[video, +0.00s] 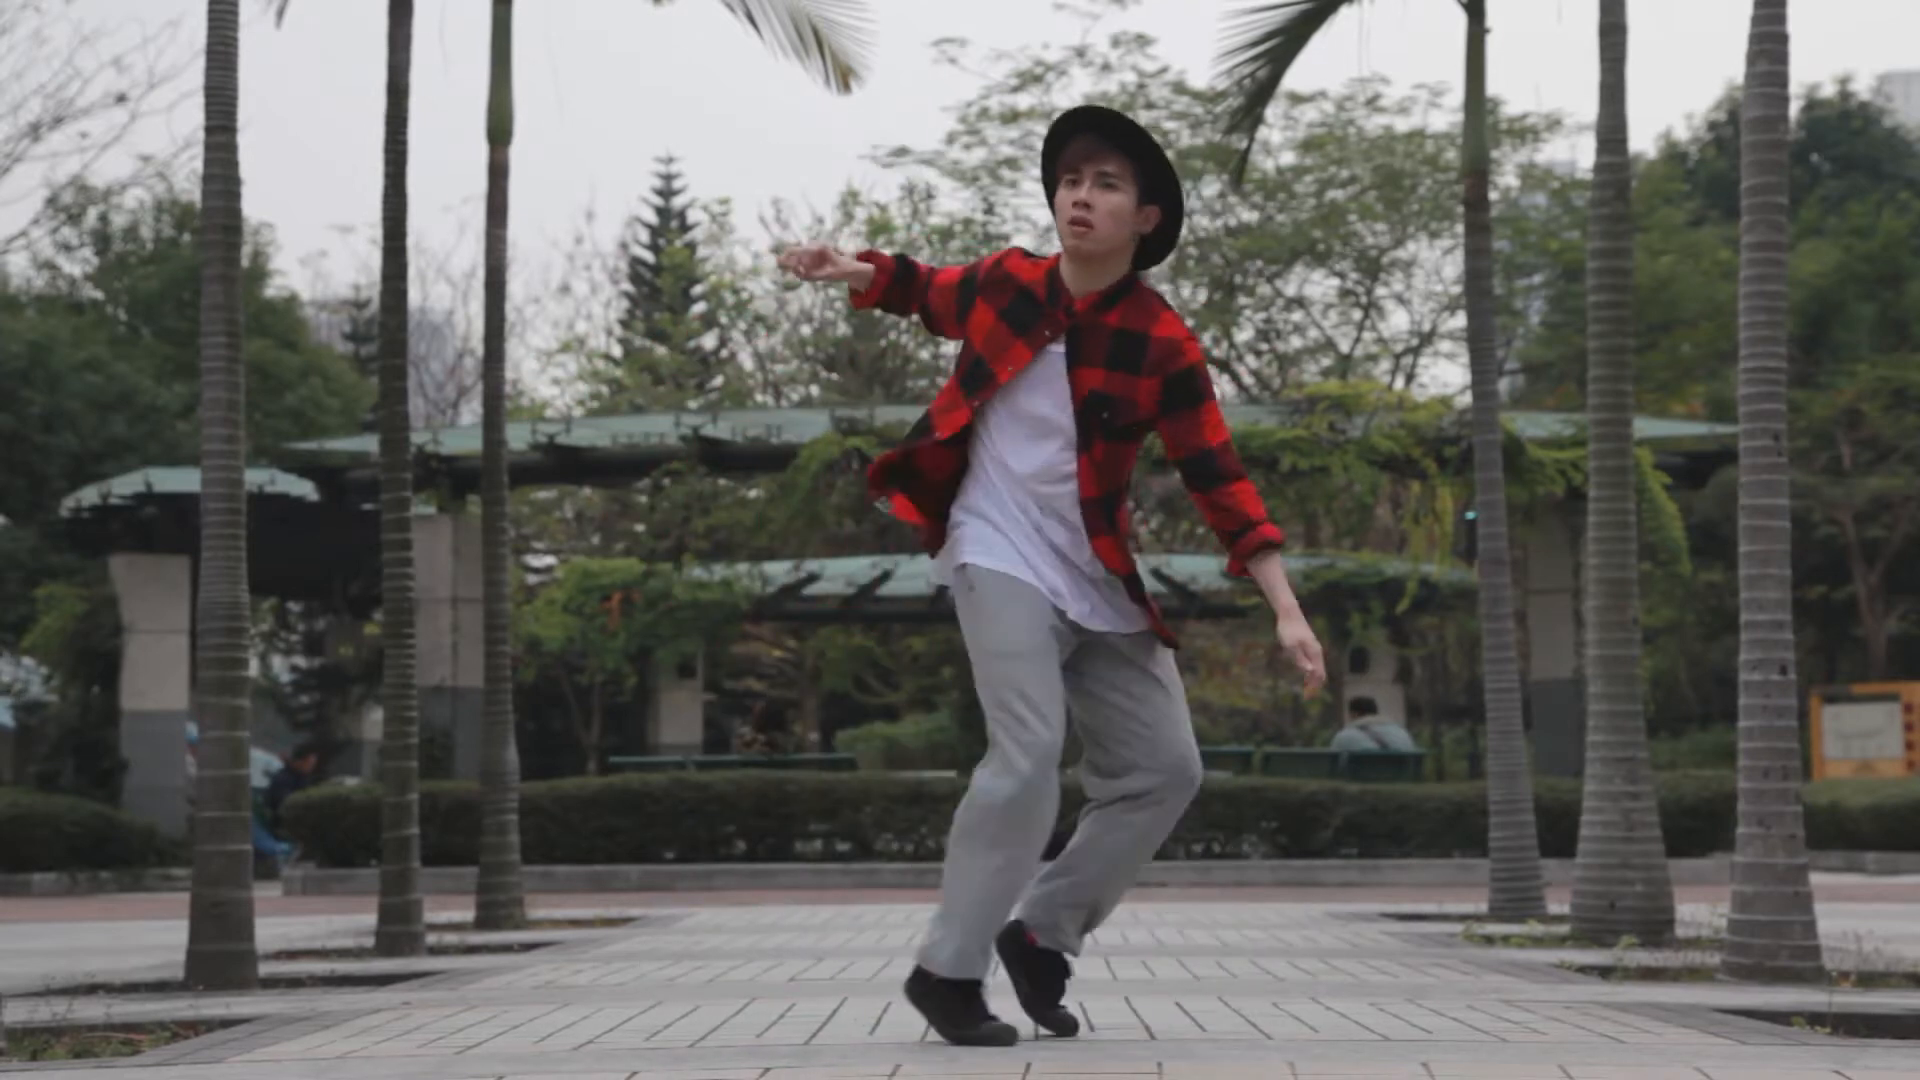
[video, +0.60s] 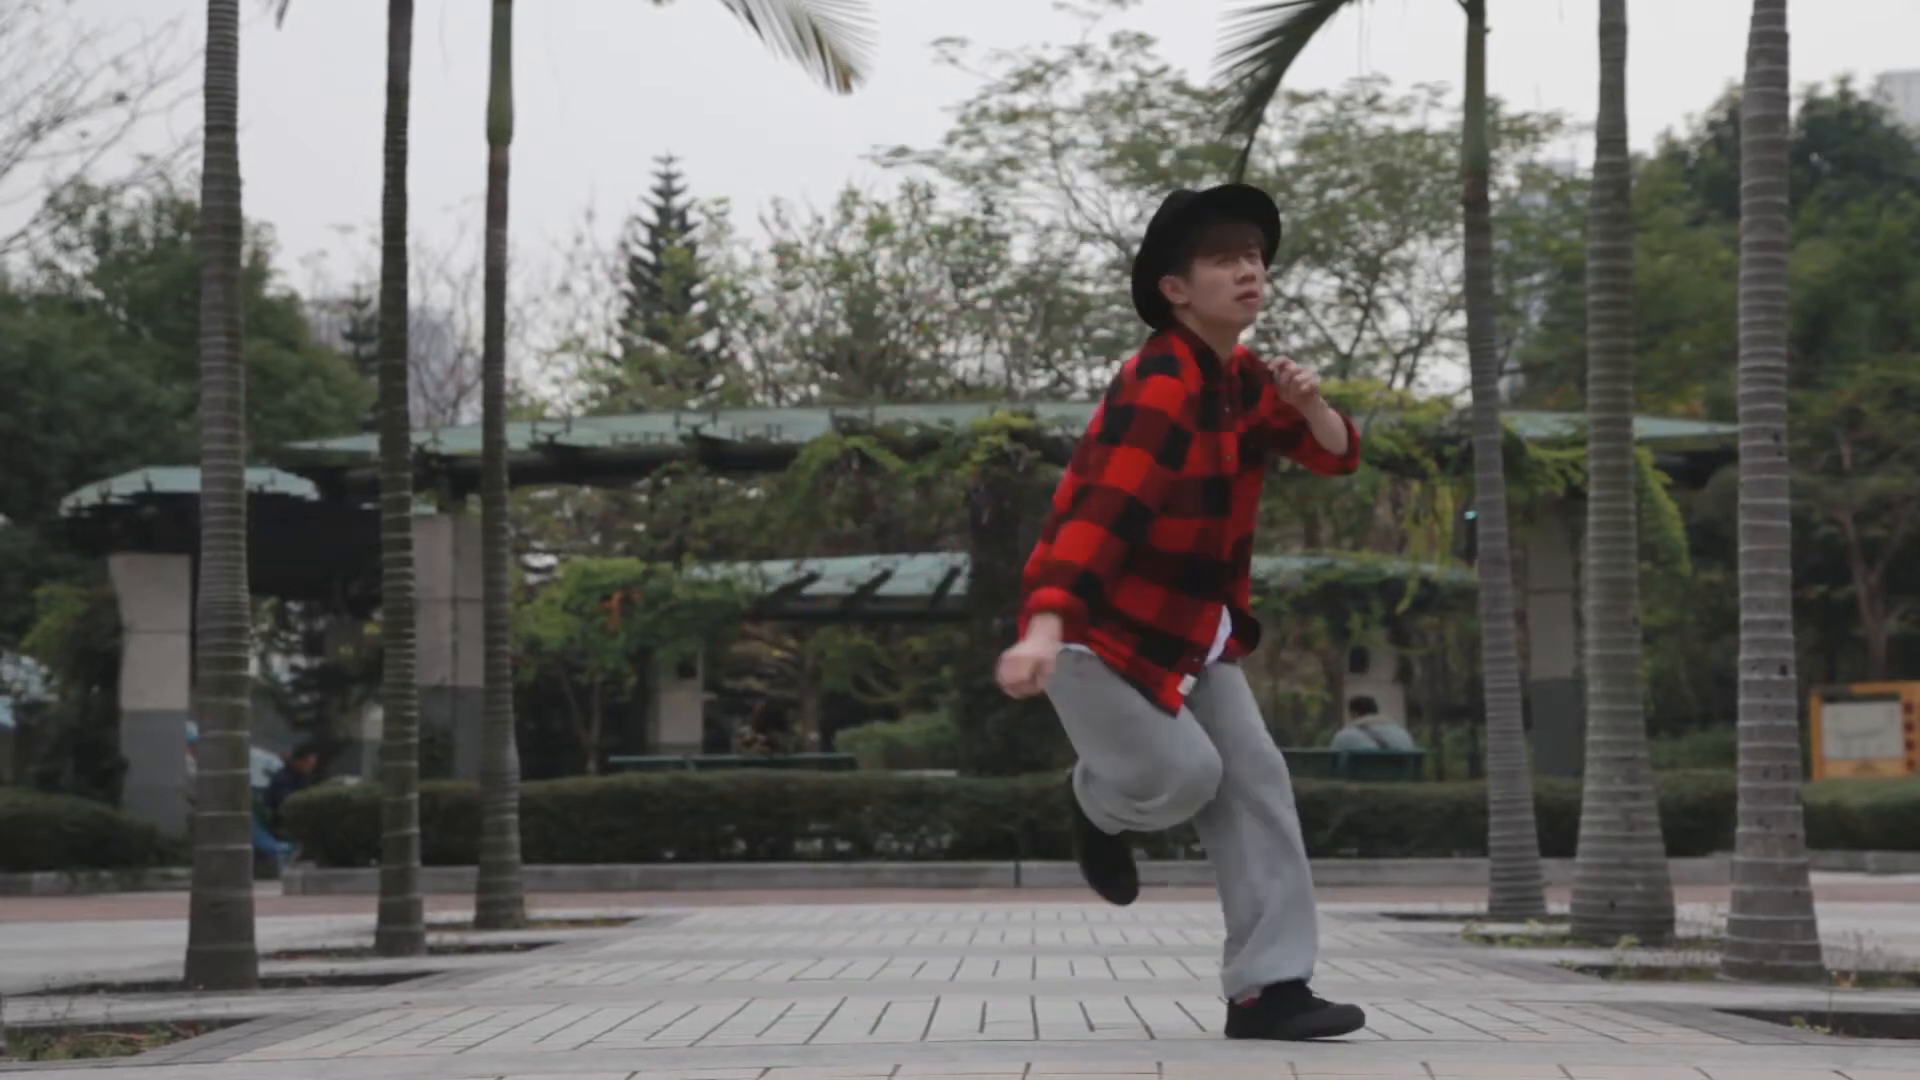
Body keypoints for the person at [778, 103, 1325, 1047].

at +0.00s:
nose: (1080, 197)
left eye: (1106, 185)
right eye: (1070, 182)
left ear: (1148, 219)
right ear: (1051, 202)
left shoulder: (1161, 337)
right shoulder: (1005, 281)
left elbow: (1216, 474)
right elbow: (925, 293)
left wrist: (1286, 607)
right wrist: (849, 268)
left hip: (1093, 564)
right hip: (993, 542)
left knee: (1164, 765)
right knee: (1030, 748)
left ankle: (1041, 935)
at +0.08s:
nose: (1057, 214)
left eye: (1081, 197)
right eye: (1044, 198)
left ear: (1129, 220)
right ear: (1032, 215)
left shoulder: (1170, 343)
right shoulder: (995, 307)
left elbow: (1230, 470)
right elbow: (906, 336)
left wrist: (1285, 597)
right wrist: (867, 309)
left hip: (1110, 587)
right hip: (1001, 572)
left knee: (1222, 755)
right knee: (956, 766)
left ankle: (1120, 916)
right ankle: (907, 985)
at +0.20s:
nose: (1100, 214)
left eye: (1118, 195)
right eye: (1077, 204)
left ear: (1156, 214)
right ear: (1058, 235)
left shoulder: (1220, 324)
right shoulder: (1021, 320)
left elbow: (1260, 398)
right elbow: (914, 411)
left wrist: (1266, 500)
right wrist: (990, 376)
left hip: (1143, 575)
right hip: (1025, 572)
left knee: (1224, 733)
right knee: (980, 763)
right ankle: (937, 975)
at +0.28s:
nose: (1167, 217)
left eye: (1178, 200)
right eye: (1139, 208)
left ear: (1200, 219)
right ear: (1104, 245)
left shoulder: (1240, 312)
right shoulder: (1077, 338)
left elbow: (1272, 359)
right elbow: (1019, 459)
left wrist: (1282, 451)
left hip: (1173, 587)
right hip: (1062, 596)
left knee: (1259, 736)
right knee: (1043, 776)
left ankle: (1291, 944)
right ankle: (996, 944)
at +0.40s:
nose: (1248, 262)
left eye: (1244, 246)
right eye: (1223, 253)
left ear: (1253, 261)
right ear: (1177, 292)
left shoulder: (1236, 370)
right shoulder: (1169, 386)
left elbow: (1261, 420)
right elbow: (1177, 538)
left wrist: (1316, 454)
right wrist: (1293, 590)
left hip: (1201, 624)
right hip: (1114, 634)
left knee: (1293, 776)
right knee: (1157, 868)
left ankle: (1264, 993)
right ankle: (1147, 897)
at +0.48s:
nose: (1276, 298)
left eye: (1273, 282)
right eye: (1255, 286)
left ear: (1217, 318)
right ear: (1202, 314)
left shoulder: (1215, 400)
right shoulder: (1198, 411)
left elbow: (1217, 489)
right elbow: (1218, 559)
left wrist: (1300, 472)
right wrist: (1273, 664)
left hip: (1199, 660)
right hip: (1114, 674)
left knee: (1306, 779)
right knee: (1199, 871)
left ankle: (1269, 992)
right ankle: (1180, 879)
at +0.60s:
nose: (1249, 276)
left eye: (1257, 261)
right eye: (1223, 262)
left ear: (1267, 275)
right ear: (1173, 290)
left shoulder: (1249, 379)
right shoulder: (1162, 378)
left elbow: (1335, 457)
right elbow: (1102, 504)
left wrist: (1313, 410)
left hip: (1189, 635)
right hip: (1094, 633)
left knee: (1257, 780)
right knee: (1181, 772)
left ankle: (1266, 988)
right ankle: (1097, 804)